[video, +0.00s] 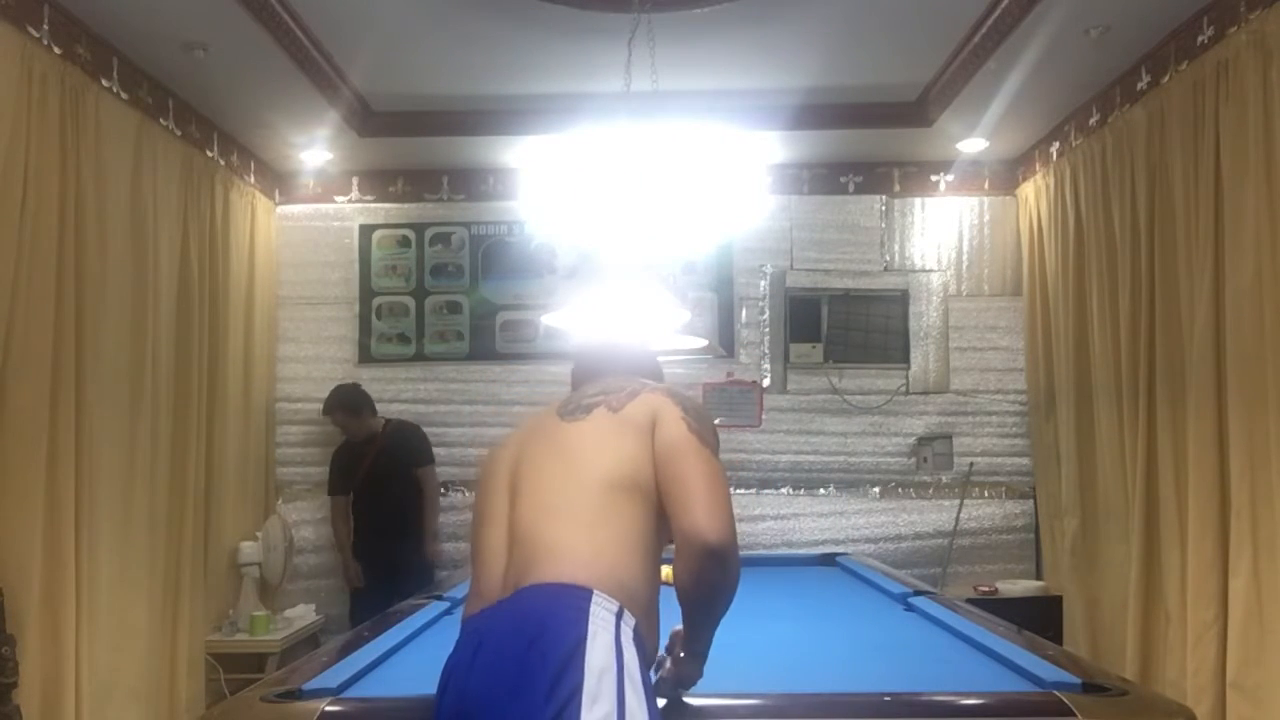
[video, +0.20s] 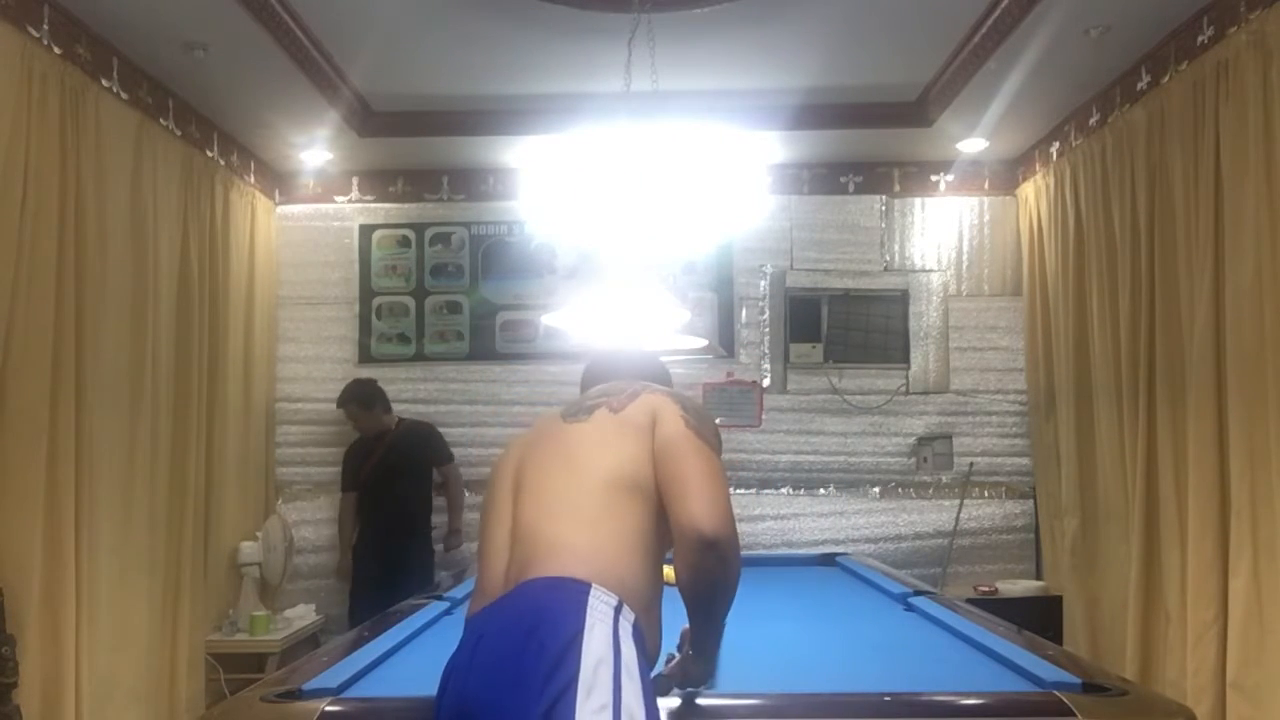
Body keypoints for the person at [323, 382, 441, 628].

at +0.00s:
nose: (342, 432)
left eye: (343, 425)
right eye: (338, 426)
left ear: (361, 413)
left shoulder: (407, 435)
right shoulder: (344, 455)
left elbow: (431, 489)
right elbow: (340, 513)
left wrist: (430, 541)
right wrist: (348, 560)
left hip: (411, 554)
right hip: (369, 558)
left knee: (415, 629)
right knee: (368, 633)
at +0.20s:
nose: (353, 426)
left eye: (354, 418)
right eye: (350, 420)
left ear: (373, 408)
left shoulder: (423, 434)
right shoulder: (356, 451)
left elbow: (453, 478)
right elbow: (348, 507)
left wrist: (454, 530)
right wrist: (345, 555)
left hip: (413, 553)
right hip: (370, 555)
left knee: (414, 627)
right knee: (366, 630)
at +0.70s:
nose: (382, 413)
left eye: (387, 405)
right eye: (376, 407)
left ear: (404, 400)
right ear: (369, 408)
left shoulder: (432, 439)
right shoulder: (363, 444)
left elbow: (455, 484)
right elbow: (337, 487)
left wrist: (450, 533)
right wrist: (345, 534)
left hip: (420, 550)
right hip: (375, 551)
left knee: (421, 627)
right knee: (366, 630)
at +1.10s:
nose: (396, 409)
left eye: (399, 402)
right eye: (389, 403)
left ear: (404, 402)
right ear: (367, 403)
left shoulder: (407, 437)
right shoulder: (348, 435)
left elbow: (419, 475)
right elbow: (304, 473)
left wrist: (421, 509)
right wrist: (329, 518)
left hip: (405, 551)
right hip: (364, 552)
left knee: (408, 631)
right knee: (358, 636)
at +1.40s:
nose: (392, 413)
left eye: (393, 406)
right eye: (387, 407)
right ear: (361, 406)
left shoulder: (390, 438)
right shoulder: (337, 439)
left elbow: (399, 475)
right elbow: (296, 482)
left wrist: (405, 508)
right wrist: (323, 523)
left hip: (396, 554)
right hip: (357, 557)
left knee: (403, 631)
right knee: (354, 640)